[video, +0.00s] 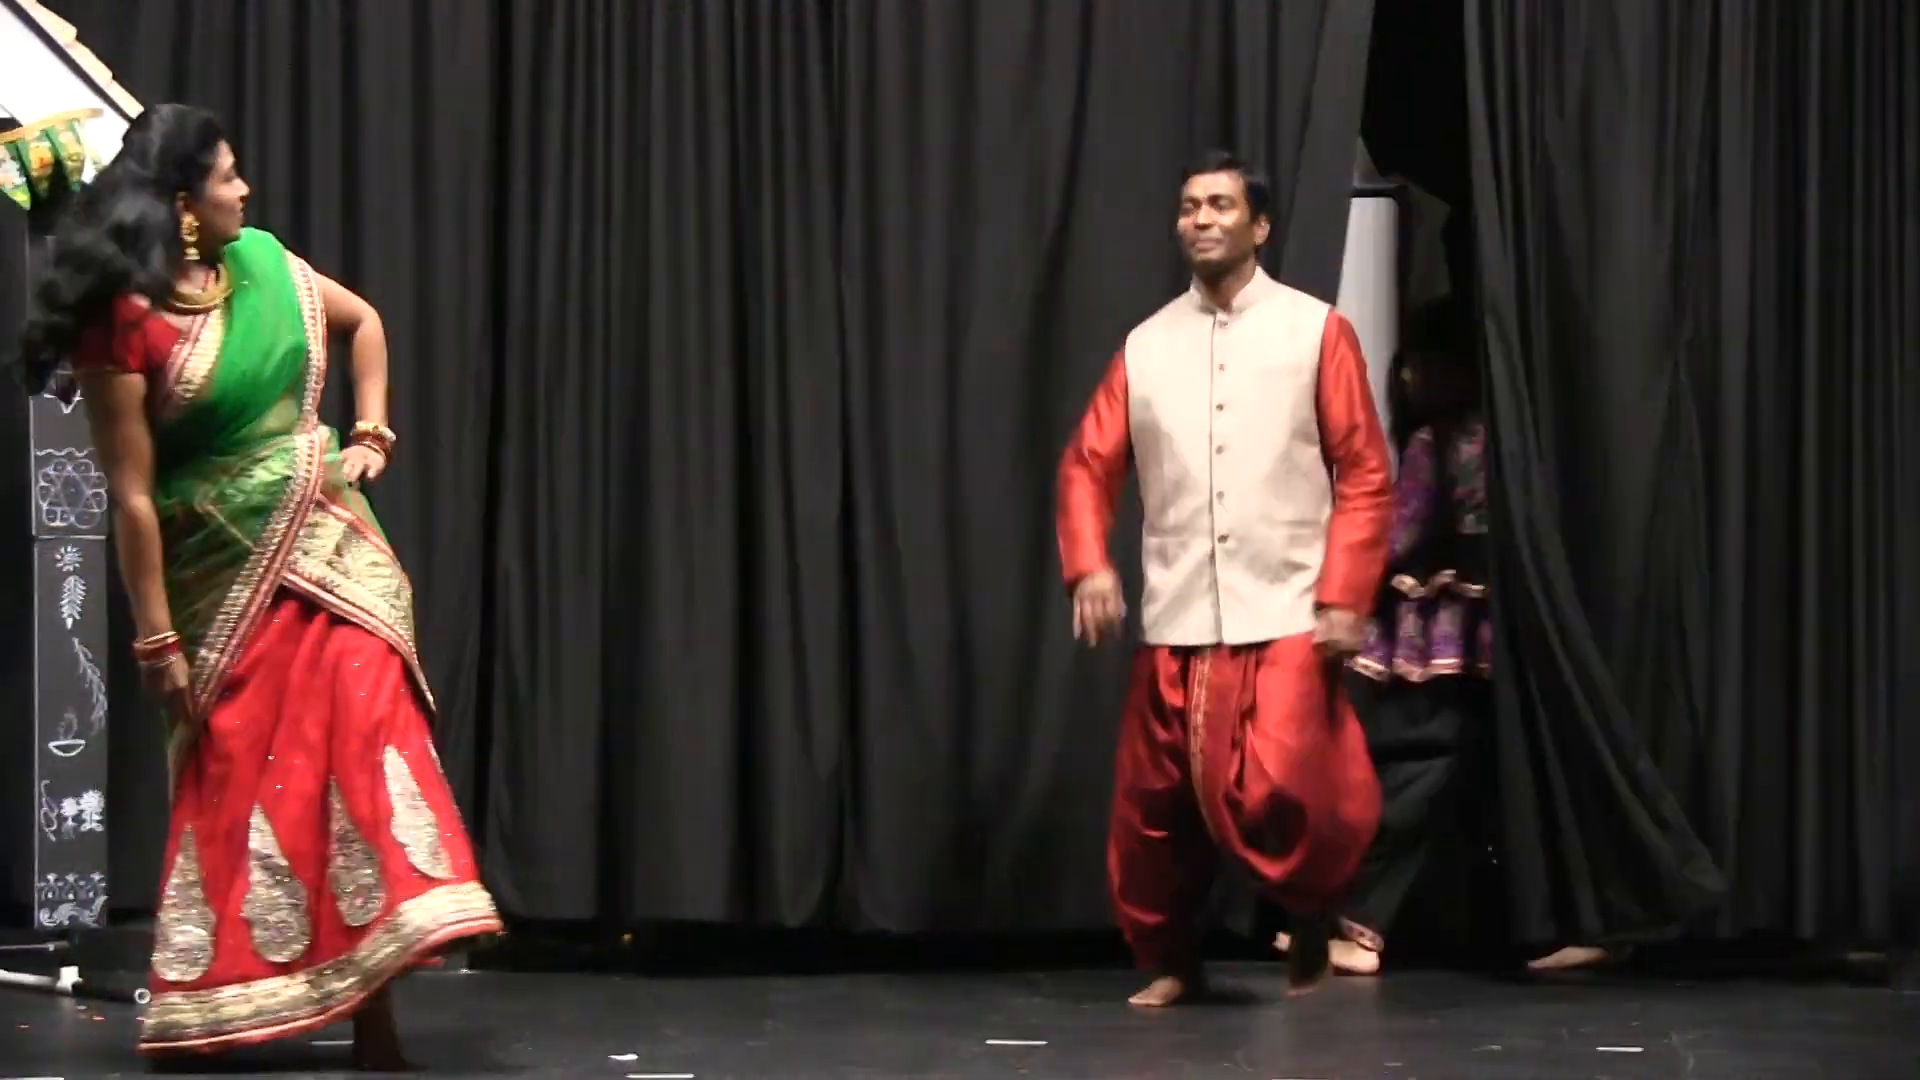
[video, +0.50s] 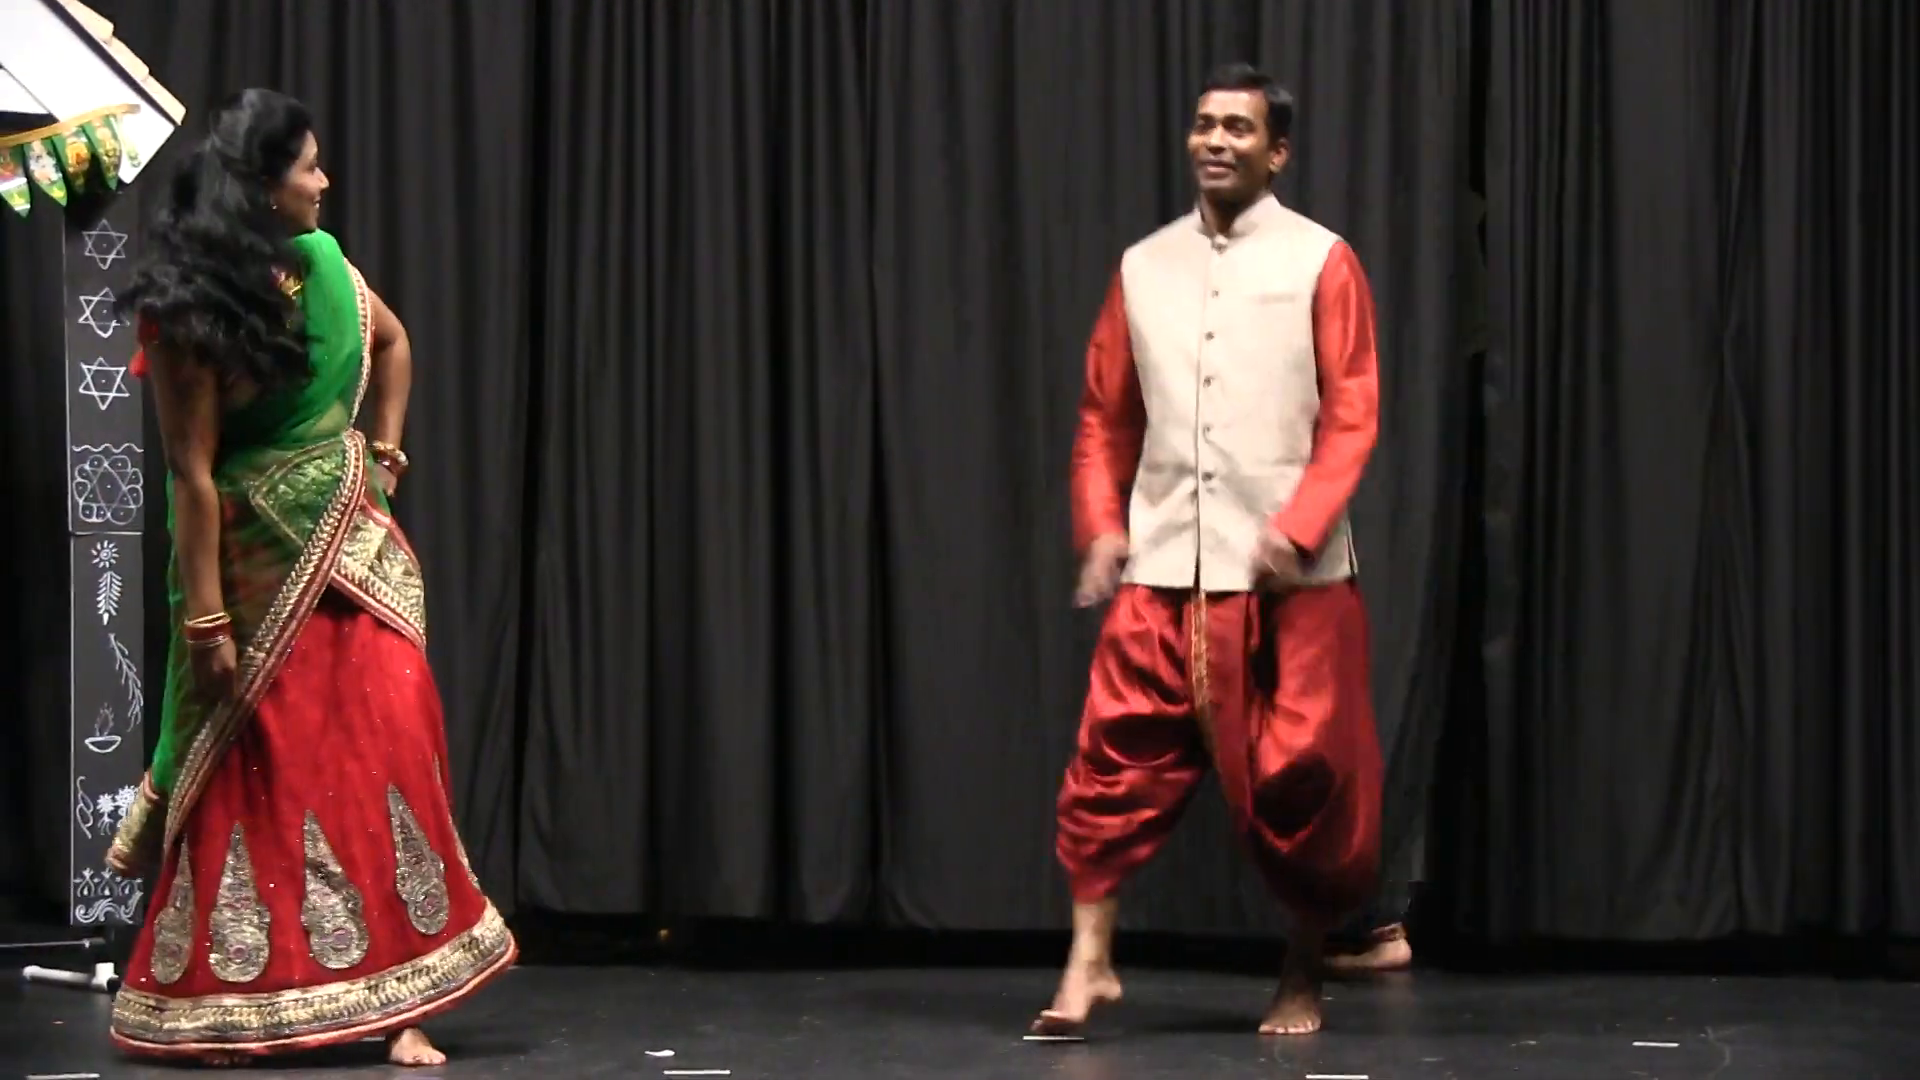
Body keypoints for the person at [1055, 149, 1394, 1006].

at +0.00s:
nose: (1201, 218)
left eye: (1219, 206)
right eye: (1190, 207)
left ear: (1259, 226)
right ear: (1177, 227)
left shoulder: (1317, 331)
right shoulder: (1148, 344)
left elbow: (1364, 473)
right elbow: (1088, 463)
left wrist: (1345, 599)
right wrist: (1090, 566)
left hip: (1286, 607)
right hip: (1177, 611)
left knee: (1274, 788)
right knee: (1155, 802)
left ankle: (1310, 918)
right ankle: (1169, 966)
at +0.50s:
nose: (1215, 142)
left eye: (1237, 128)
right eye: (1204, 126)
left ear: (1277, 149)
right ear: (1187, 143)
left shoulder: (1322, 263)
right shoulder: (1144, 266)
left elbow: (1352, 415)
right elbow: (1104, 415)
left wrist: (1298, 528)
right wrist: (1103, 529)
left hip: (1287, 564)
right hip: (1160, 562)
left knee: (1296, 771)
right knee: (1112, 750)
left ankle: (1300, 978)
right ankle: (1087, 965)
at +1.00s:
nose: (1209, 142)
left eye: (1228, 126)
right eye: (1196, 131)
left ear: (1277, 144)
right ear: (1185, 155)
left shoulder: (1341, 268)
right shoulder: (1157, 281)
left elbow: (1384, 422)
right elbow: (1093, 421)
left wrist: (1371, 582)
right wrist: (1151, 499)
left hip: (1319, 590)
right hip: (1189, 586)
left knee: (1373, 790)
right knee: (1111, 778)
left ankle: (1408, 1004)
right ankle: (1085, 981)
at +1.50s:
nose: (1144, 150)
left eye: (1166, 137)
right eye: (1145, 135)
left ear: (1224, 159)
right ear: (1147, 152)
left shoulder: (1281, 280)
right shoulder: (1095, 271)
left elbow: (1317, 431)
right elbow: (1045, 408)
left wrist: (1275, 570)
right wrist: (1112, 502)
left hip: (1261, 584)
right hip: (1131, 585)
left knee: (1339, 776)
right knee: (1079, 783)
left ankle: (1375, 986)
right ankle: (1052, 980)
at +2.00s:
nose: (1113, 160)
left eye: (1131, 146)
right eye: (1101, 149)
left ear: (1170, 166)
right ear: (1087, 173)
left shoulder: (1224, 282)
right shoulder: (1048, 290)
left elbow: (1261, 417)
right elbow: (1011, 431)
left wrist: (1198, 546)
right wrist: (1026, 565)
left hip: (1200, 579)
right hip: (1074, 584)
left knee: (1273, 763)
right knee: (1043, 774)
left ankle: (1315, 956)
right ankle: (1031, 955)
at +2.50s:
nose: (1071, 250)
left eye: (1087, 240)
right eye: (1071, 239)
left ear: (1129, 256)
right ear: (1073, 254)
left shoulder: (1176, 344)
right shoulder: (1041, 345)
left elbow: (1198, 448)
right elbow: (1011, 453)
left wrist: (1147, 542)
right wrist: (1005, 559)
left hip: (1143, 571)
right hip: (1049, 571)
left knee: (1196, 711)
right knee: (1018, 715)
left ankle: (1224, 855)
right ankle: (1004, 852)